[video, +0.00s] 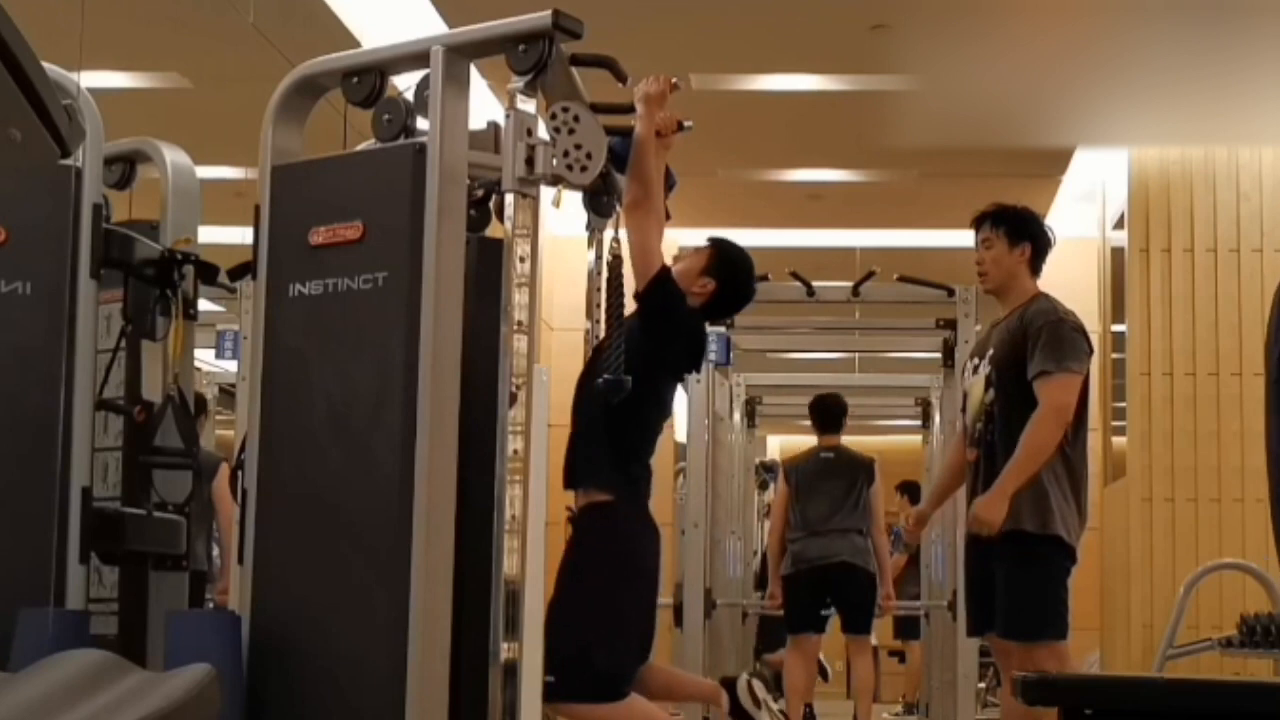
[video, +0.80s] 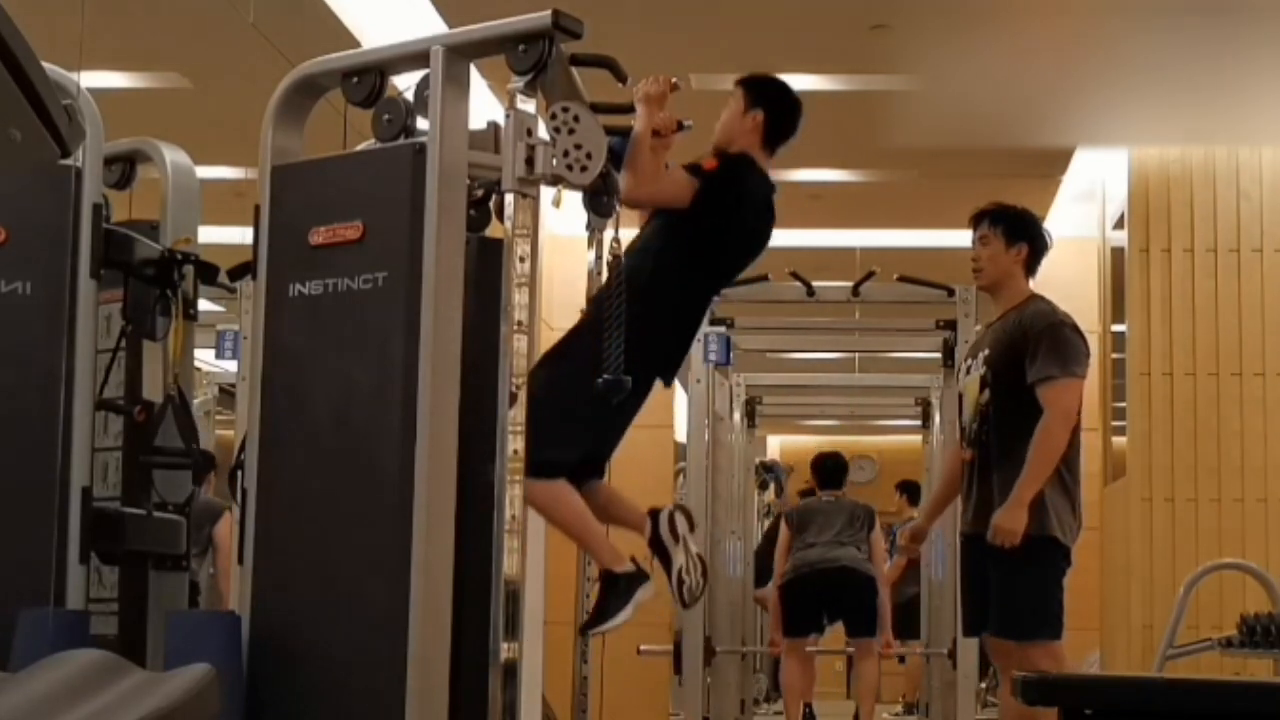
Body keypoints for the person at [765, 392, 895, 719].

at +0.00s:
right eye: (840, 418)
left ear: (812, 422)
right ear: (844, 422)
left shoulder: (791, 467)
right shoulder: (866, 466)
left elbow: (777, 529)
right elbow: (878, 530)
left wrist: (773, 580)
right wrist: (887, 582)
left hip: (805, 573)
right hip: (855, 571)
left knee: (800, 648)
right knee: (860, 646)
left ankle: (795, 716)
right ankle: (863, 715)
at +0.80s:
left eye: (816, 475)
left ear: (814, 479)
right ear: (846, 479)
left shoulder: (793, 515)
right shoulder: (866, 514)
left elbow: (779, 576)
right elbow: (881, 575)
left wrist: (776, 631)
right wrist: (887, 630)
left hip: (803, 583)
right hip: (856, 582)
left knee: (794, 651)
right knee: (866, 653)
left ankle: (794, 716)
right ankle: (865, 716)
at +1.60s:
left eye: (820, 427)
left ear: (815, 432)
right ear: (847, 431)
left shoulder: (795, 474)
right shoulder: (868, 473)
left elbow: (782, 534)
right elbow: (879, 537)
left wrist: (775, 578)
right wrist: (887, 589)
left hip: (805, 574)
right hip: (855, 573)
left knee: (803, 652)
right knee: (862, 649)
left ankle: (794, 715)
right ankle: (864, 714)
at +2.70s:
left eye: (814, 398)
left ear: (811, 400)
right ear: (844, 399)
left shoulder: (790, 448)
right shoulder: (866, 447)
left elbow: (776, 509)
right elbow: (879, 511)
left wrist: (774, 559)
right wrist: (887, 560)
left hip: (805, 567)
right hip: (854, 565)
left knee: (804, 648)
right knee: (858, 649)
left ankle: (798, 716)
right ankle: (863, 714)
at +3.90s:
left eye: (819, 483)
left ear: (814, 488)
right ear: (847, 487)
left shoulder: (795, 523)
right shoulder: (868, 522)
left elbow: (780, 584)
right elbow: (882, 582)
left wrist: (777, 640)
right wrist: (886, 637)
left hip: (806, 592)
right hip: (858, 590)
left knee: (797, 653)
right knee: (866, 655)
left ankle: (799, 713)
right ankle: (865, 715)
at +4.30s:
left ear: (816, 469)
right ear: (849, 467)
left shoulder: (797, 506)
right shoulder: (869, 506)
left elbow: (782, 569)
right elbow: (881, 568)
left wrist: (776, 623)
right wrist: (887, 622)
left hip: (807, 585)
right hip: (858, 584)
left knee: (800, 652)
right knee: (865, 652)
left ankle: (800, 713)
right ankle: (865, 715)